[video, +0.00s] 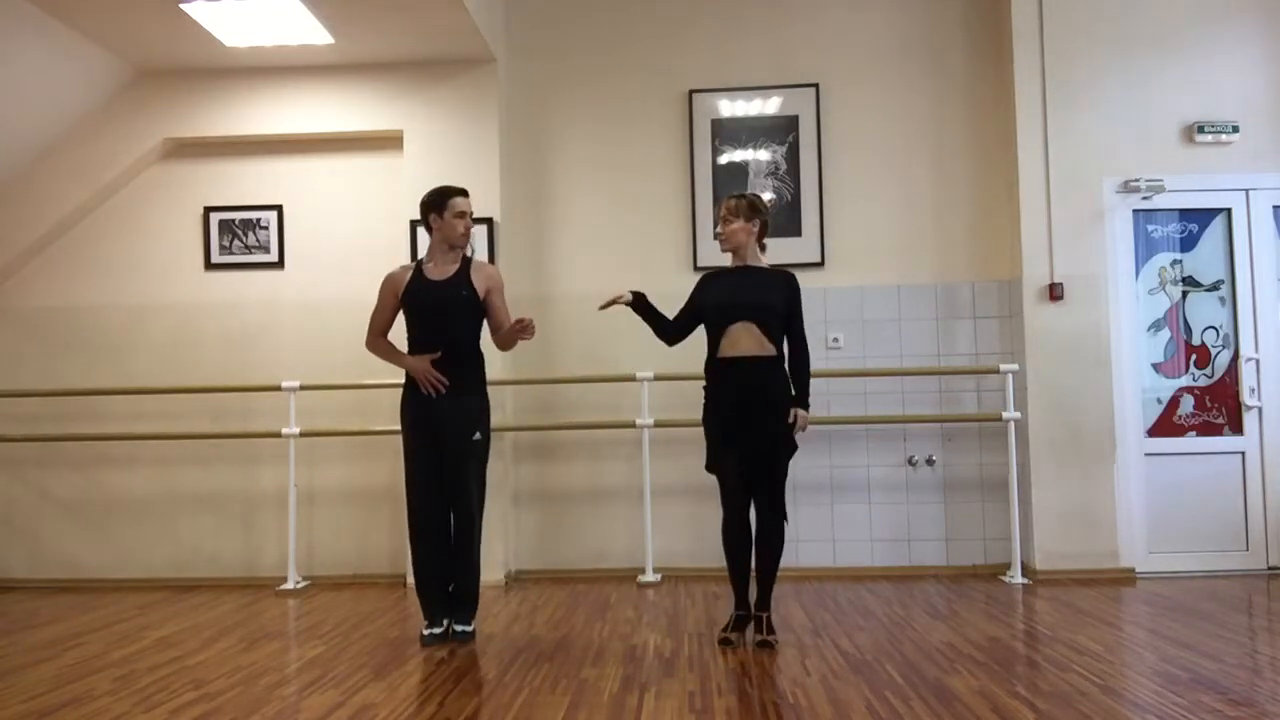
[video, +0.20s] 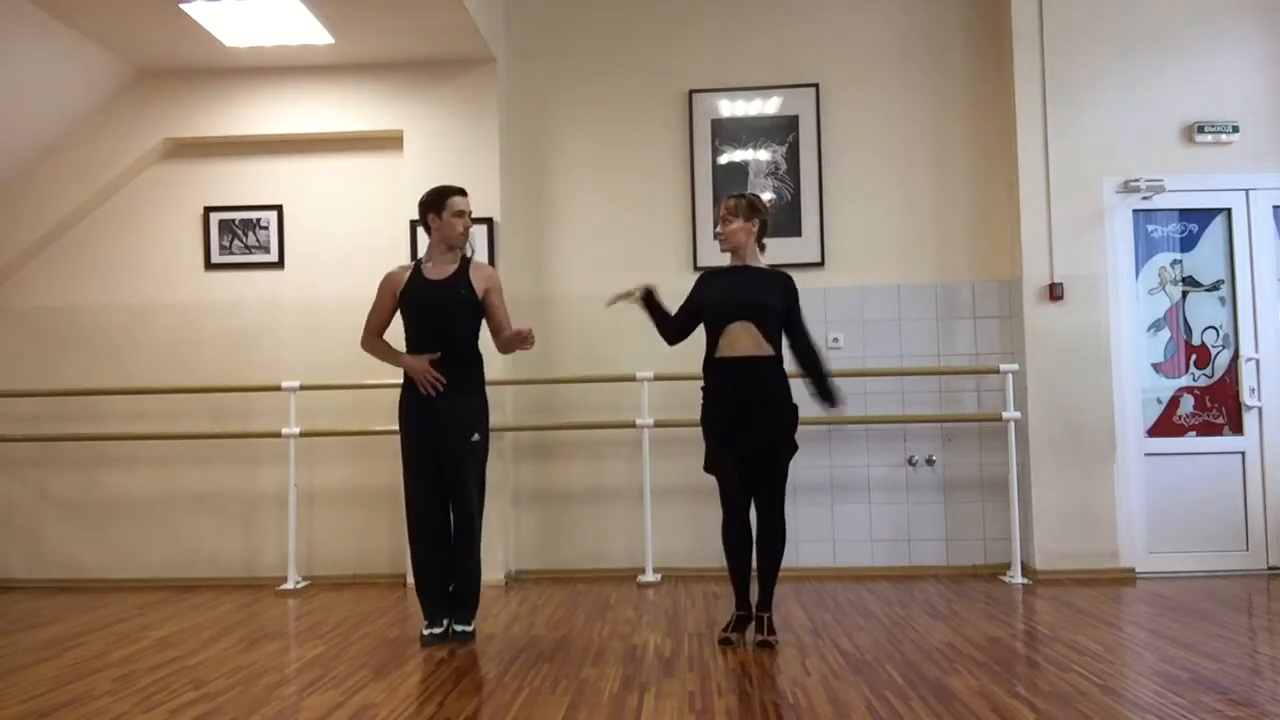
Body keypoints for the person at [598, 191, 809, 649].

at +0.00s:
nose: (720, 228)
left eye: (729, 220)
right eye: (719, 221)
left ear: (755, 227)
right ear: (726, 230)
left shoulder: (783, 281)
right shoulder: (712, 282)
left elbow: (797, 345)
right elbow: (672, 333)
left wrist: (800, 400)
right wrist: (638, 301)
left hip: (772, 398)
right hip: (725, 397)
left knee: (770, 506)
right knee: (734, 507)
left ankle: (764, 608)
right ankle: (741, 608)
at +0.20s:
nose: (722, 227)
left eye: (731, 219)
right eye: (720, 221)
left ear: (755, 227)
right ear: (721, 231)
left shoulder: (779, 282)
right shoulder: (709, 281)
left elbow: (799, 340)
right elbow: (673, 333)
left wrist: (824, 388)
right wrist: (648, 298)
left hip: (770, 394)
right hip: (722, 395)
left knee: (770, 506)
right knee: (733, 506)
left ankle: (764, 609)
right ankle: (741, 608)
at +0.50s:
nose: (718, 232)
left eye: (727, 225)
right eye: (716, 226)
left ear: (752, 230)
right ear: (716, 233)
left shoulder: (782, 283)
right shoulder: (707, 286)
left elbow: (844, 291)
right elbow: (701, 349)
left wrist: (902, 275)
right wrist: (734, 345)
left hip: (758, 410)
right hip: (712, 408)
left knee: (743, 508)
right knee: (727, 507)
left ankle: (744, 609)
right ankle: (744, 609)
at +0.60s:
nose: (718, 229)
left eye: (726, 221)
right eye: (714, 223)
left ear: (750, 224)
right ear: (711, 231)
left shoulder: (779, 278)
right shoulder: (707, 284)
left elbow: (824, 327)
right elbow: (691, 343)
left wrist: (853, 284)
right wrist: (687, 369)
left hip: (762, 396)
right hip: (717, 396)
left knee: (748, 507)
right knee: (721, 506)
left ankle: (748, 612)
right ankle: (732, 606)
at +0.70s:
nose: (714, 217)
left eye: (722, 209)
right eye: (711, 211)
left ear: (749, 213)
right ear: (713, 219)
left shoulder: (777, 264)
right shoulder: (705, 268)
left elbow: (804, 323)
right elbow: (683, 323)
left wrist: (817, 290)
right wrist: (666, 373)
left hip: (766, 380)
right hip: (718, 380)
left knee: (756, 496)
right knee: (716, 461)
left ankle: (751, 609)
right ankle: (726, 539)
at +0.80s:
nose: (717, 222)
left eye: (725, 214)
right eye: (713, 215)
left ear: (750, 216)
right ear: (711, 222)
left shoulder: (773, 270)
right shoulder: (705, 273)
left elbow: (787, 328)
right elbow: (682, 328)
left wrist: (774, 305)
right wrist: (662, 383)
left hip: (766, 379)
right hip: (721, 377)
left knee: (756, 499)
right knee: (727, 433)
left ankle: (752, 614)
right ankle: (728, 524)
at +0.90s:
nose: (720, 234)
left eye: (728, 226)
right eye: (716, 227)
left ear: (753, 230)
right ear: (714, 234)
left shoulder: (772, 286)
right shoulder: (712, 286)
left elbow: (763, 339)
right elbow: (698, 337)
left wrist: (731, 298)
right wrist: (676, 383)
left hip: (762, 389)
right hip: (718, 387)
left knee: (757, 496)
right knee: (739, 452)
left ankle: (747, 610)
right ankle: (744, 558)